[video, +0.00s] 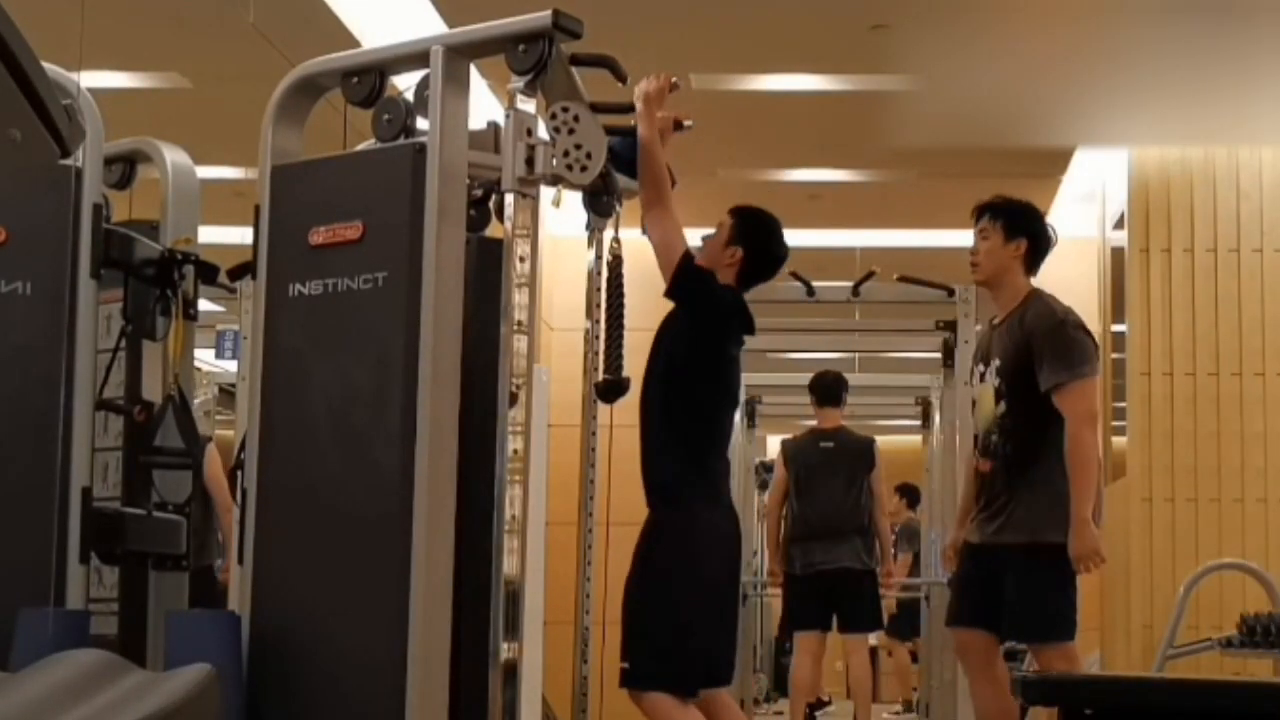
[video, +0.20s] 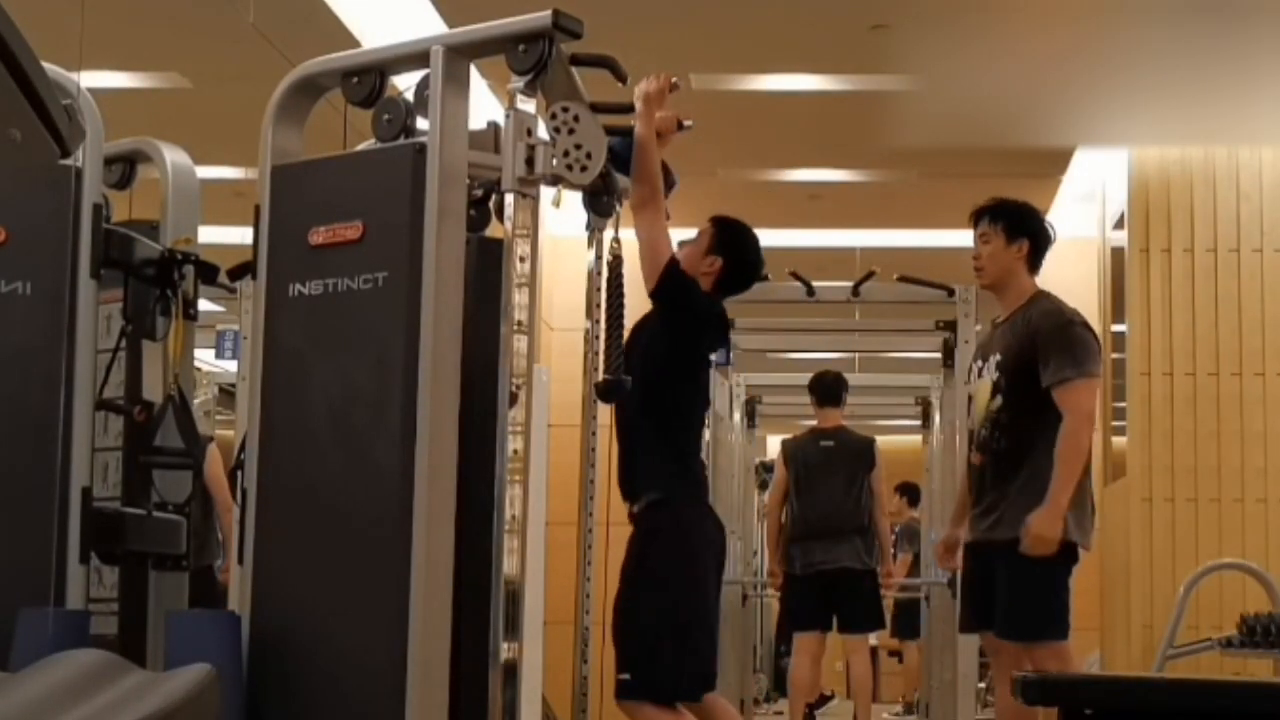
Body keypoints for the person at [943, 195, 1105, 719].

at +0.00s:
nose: (972, 249)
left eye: (984, 238)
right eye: (973, 238)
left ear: (1019, 249)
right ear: (995, 249)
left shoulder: (1054, 324)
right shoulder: (989, 336)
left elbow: (1085, 426)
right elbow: (984, 443)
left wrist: (1082, 520)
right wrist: (964, 523)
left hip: (1042, 524)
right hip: (990, 525)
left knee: (1053, 652)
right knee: (972, 641)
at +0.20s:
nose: (975, 254)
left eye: (986, 241)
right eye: (974, 243)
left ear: (1022, 248)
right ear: (984, 250)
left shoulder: (1056, 323)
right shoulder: (990, 338)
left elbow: (1081, 421)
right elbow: (983, 441)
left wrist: (1054, 509)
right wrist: (961, 519)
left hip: (1037, 525)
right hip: (992, 526)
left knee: (1048, 656)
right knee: (1001, 653)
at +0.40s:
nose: (976, 256)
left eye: (987, 244)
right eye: (975, 246)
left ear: (1023, 251)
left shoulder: (1054, 322)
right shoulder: (995, 337)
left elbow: (1065, 414)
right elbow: (978, 442)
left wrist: (1012, 498)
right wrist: (932, 516)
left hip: (1038, 523)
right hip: (997, 521)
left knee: (1046, 666)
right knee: (1008, 660)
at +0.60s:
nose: (978, 258)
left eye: (989, 246)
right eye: (977, 248)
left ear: (1025, 253)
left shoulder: (1052, 322)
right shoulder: (990, 339)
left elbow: (1056, 412)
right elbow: (971, 436)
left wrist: (996, 488)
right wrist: (928, 502)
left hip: (1037, 517)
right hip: (994, 517)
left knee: (1045, 660)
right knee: (1007, 654)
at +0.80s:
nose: (978, 258)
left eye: (989, 247)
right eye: (977, 248)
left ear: (1025, 253)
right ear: (980, 256)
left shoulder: (1051, 322)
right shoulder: (986, 339)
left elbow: (1060, 414)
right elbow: (968, 439)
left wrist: (1010, 499)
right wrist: (928, 513)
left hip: (1036, 520)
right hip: (991, 521)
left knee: (1043, 662)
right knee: (1007, 658)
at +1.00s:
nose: (976, 257)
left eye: (988, 246)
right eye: (976, 248)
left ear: (1023, 254)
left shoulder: (1051, 325)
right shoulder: (984, 343)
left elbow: (1067, 416)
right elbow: (968, 445)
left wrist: (1038, 508)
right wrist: (935, 529)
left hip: (1031, 525)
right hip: (987, 526)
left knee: (1041, 659)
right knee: (1004, 656)